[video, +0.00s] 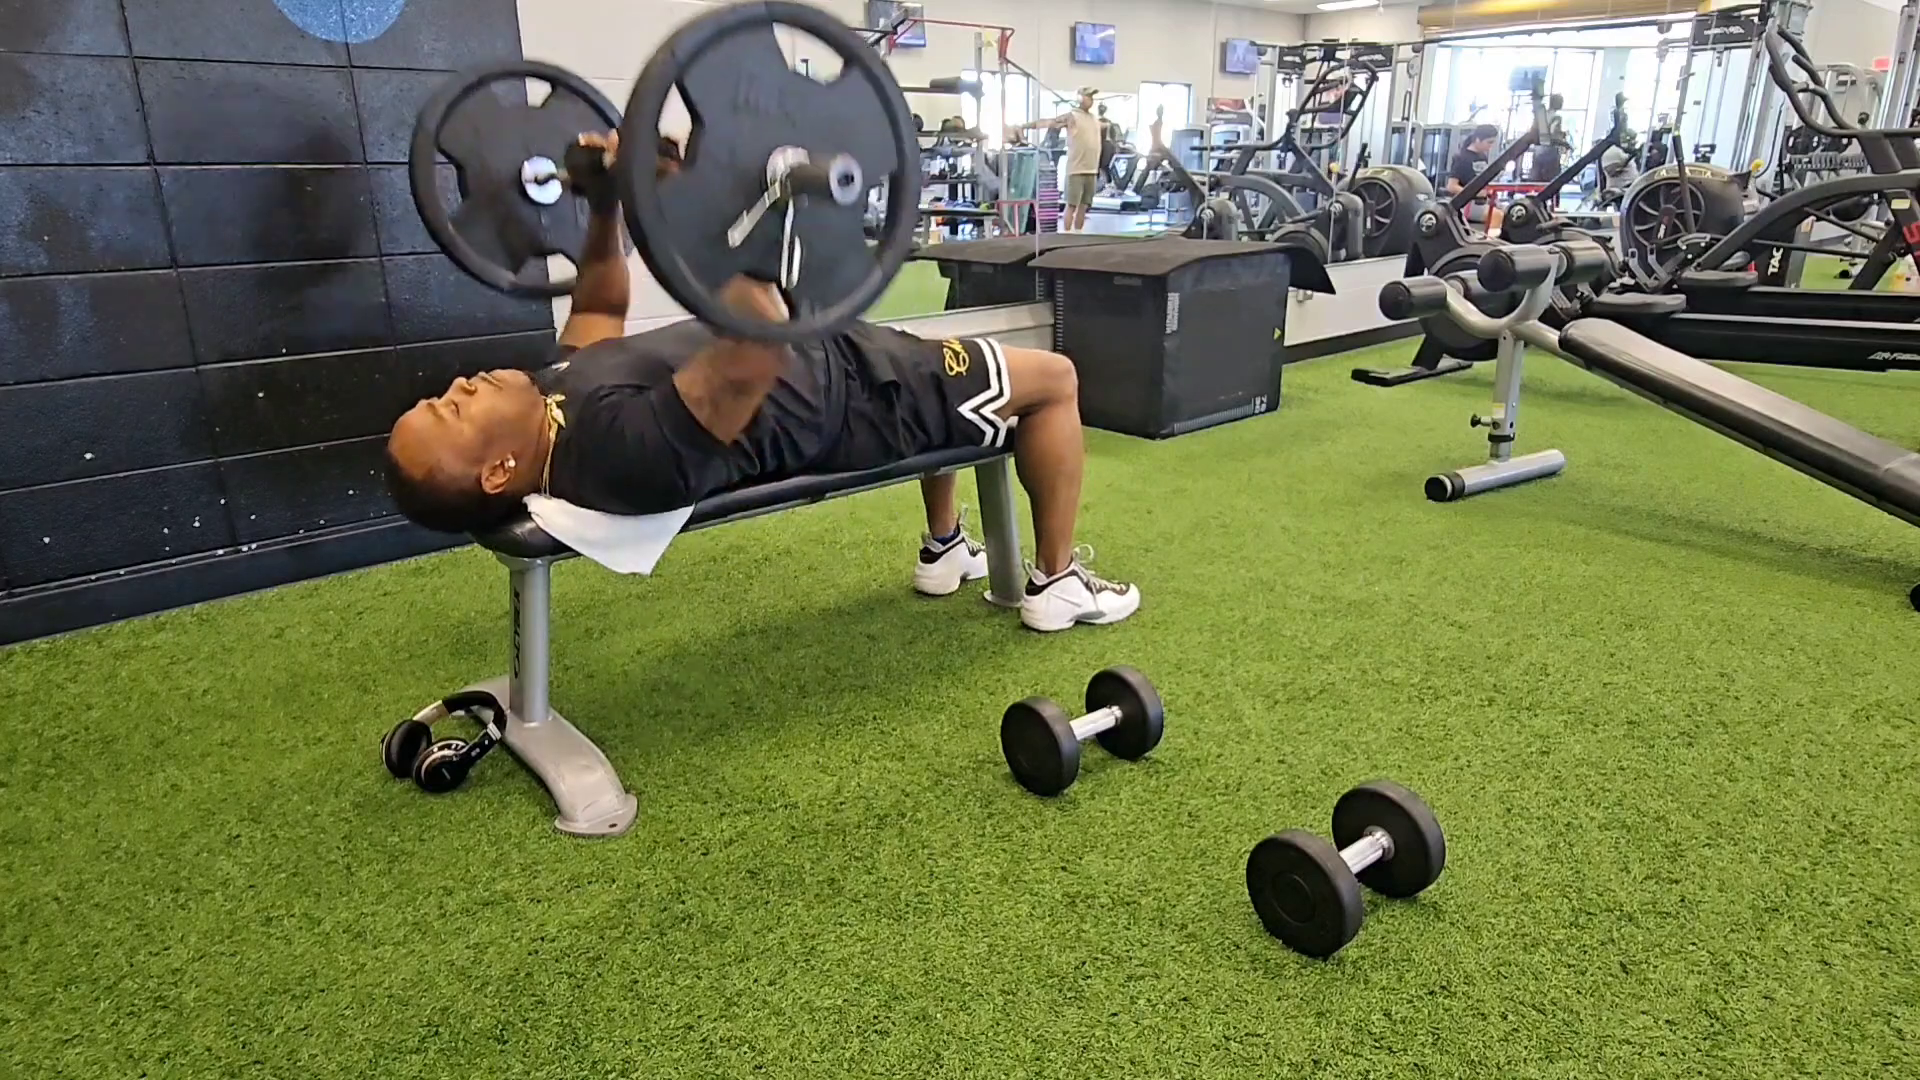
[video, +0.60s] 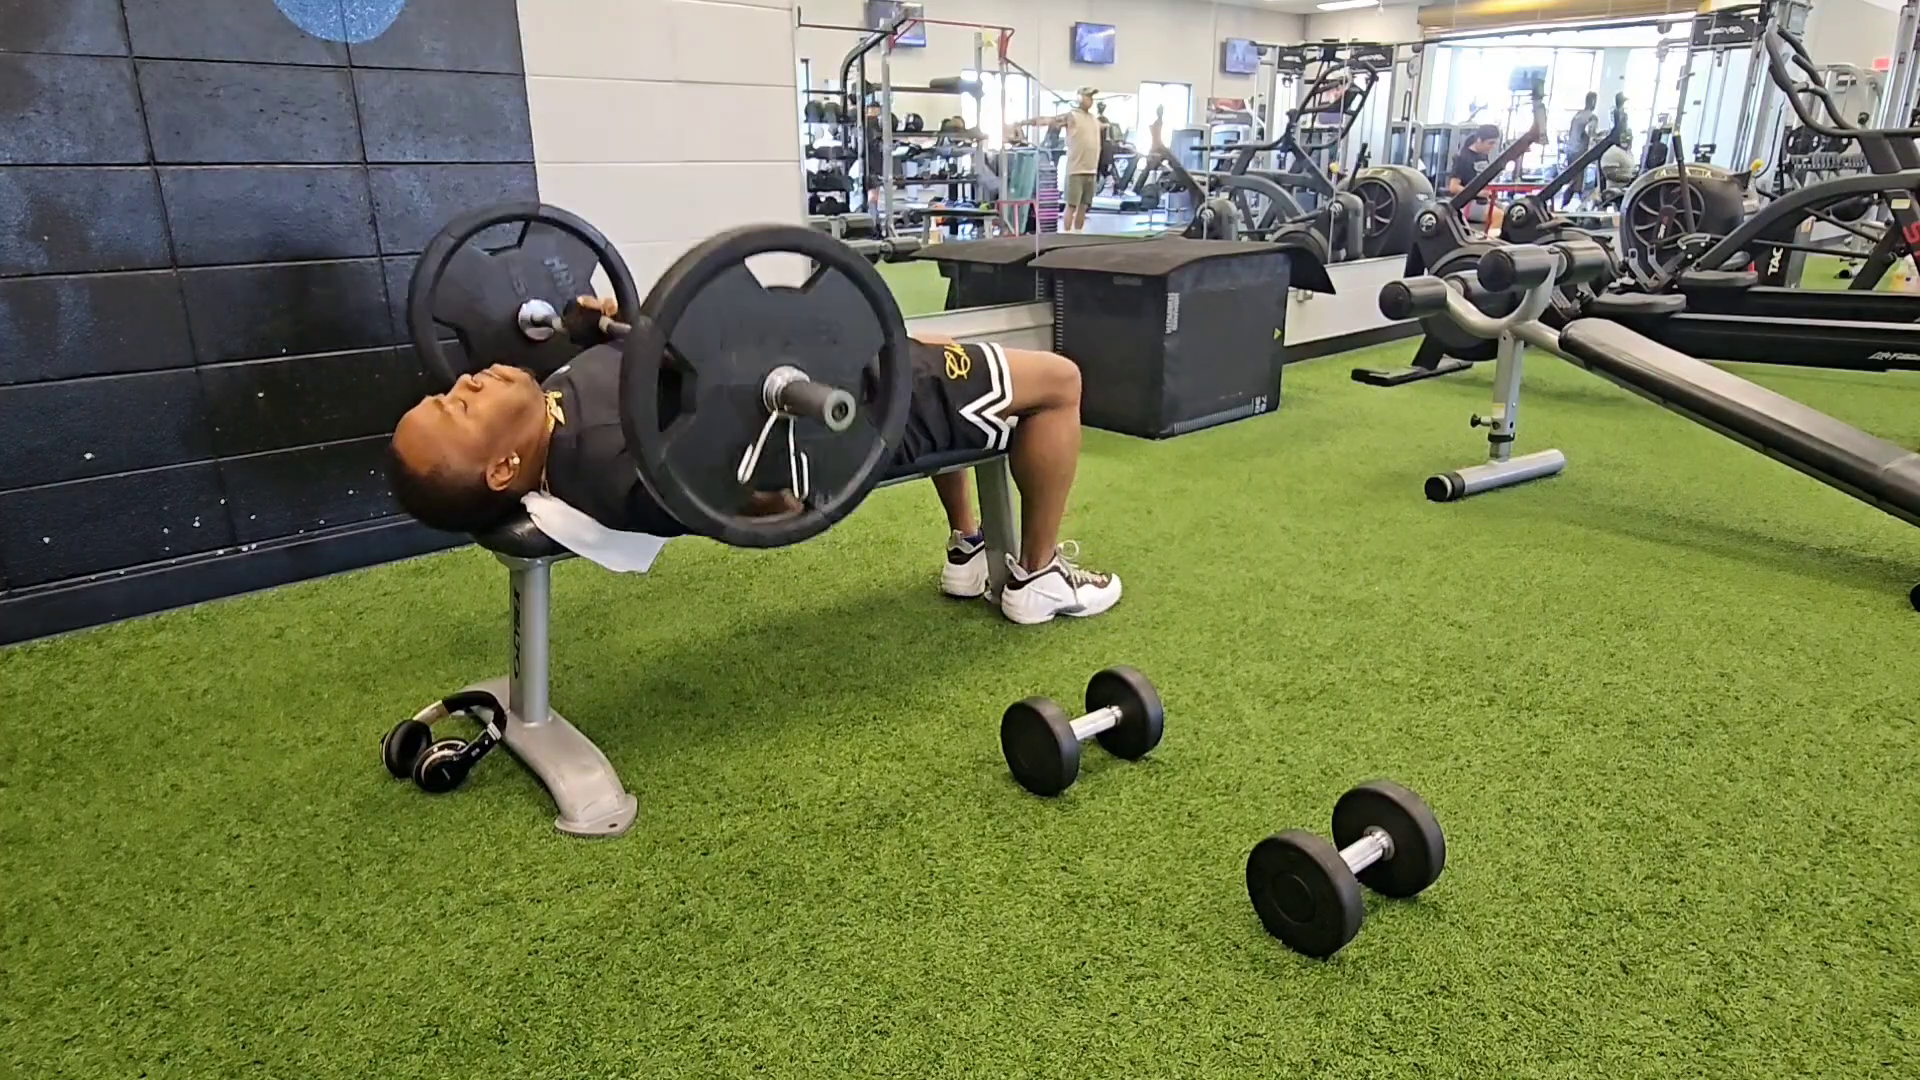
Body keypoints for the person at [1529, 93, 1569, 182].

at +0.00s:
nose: (1561, 104)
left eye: (1561, 102)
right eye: (1561, 102)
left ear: (1551, 102)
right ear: (1558, 103)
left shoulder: (1541, 115)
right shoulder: (1556, 117)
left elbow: (1533, 131)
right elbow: (1554, 133)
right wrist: (1565, 143)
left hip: (1539, 148)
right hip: (1551, 148)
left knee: (1536, 175)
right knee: (1551, 176)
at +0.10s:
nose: (1568, 106)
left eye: (1568, 103)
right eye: (1567, 103)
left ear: (1559, 103)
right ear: (1564, 104)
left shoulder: (1550, 117)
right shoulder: (1563, 119)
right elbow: (1561, 138)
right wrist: (1573, 146)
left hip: (1545, 154)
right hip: (1558, 154)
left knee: (1543, 179)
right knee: (1559, 180)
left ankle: (1541, 204)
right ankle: (1559, 207)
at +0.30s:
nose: (1579, 104)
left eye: (1578, 101)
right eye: (1580, 102)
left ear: (1572, 101)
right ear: (1581, 103)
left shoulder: (1564, 116)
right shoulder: (1578, 118)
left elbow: (1559, 135)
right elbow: (1577, 139)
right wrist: (1586, 143)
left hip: (1558, 152)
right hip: (1569, 153)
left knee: (1557, 179)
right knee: (1568, 181)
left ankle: (1554, 205)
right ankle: (1562, 206)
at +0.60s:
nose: (1595, 104)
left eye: (1594, 101)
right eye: (1594, 101)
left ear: (1585, 101)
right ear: (1593, 102)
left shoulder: (1577, 115)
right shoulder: (1592, 117)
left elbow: (1570, 133)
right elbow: (1590, 133)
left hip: (1571, 150)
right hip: (1581, 151)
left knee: (1573, 179)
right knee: (1578, 179)